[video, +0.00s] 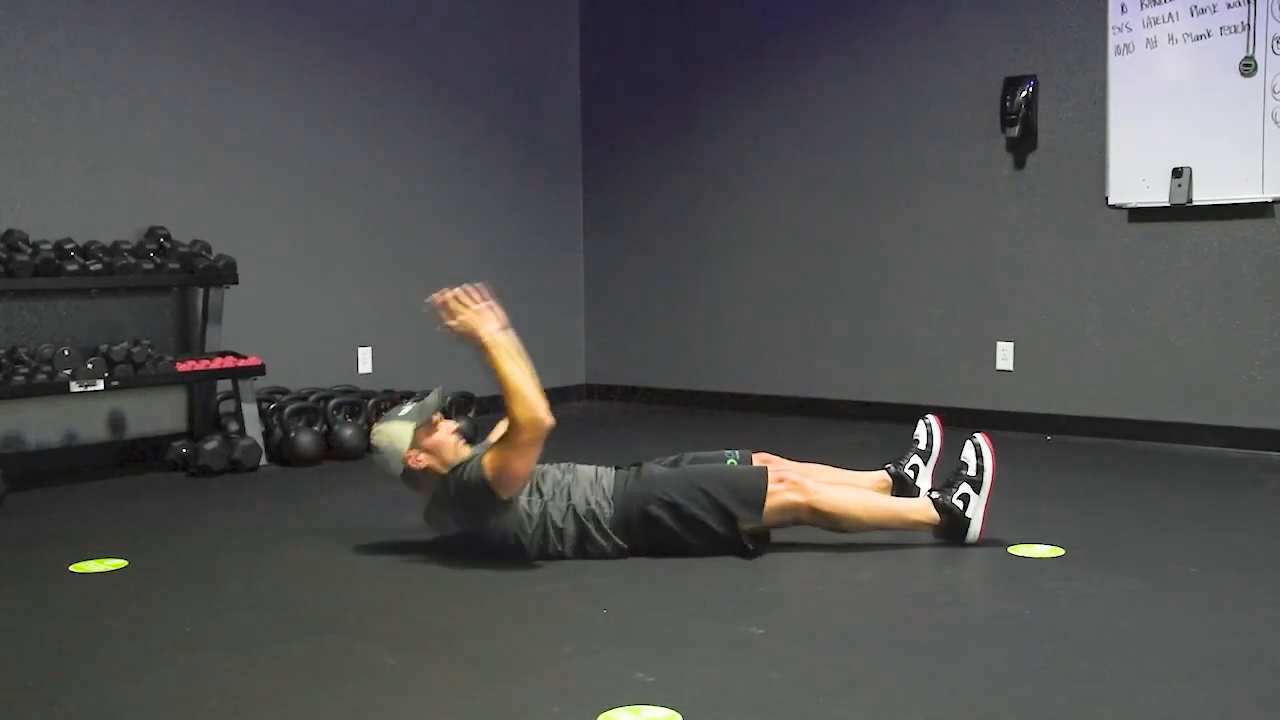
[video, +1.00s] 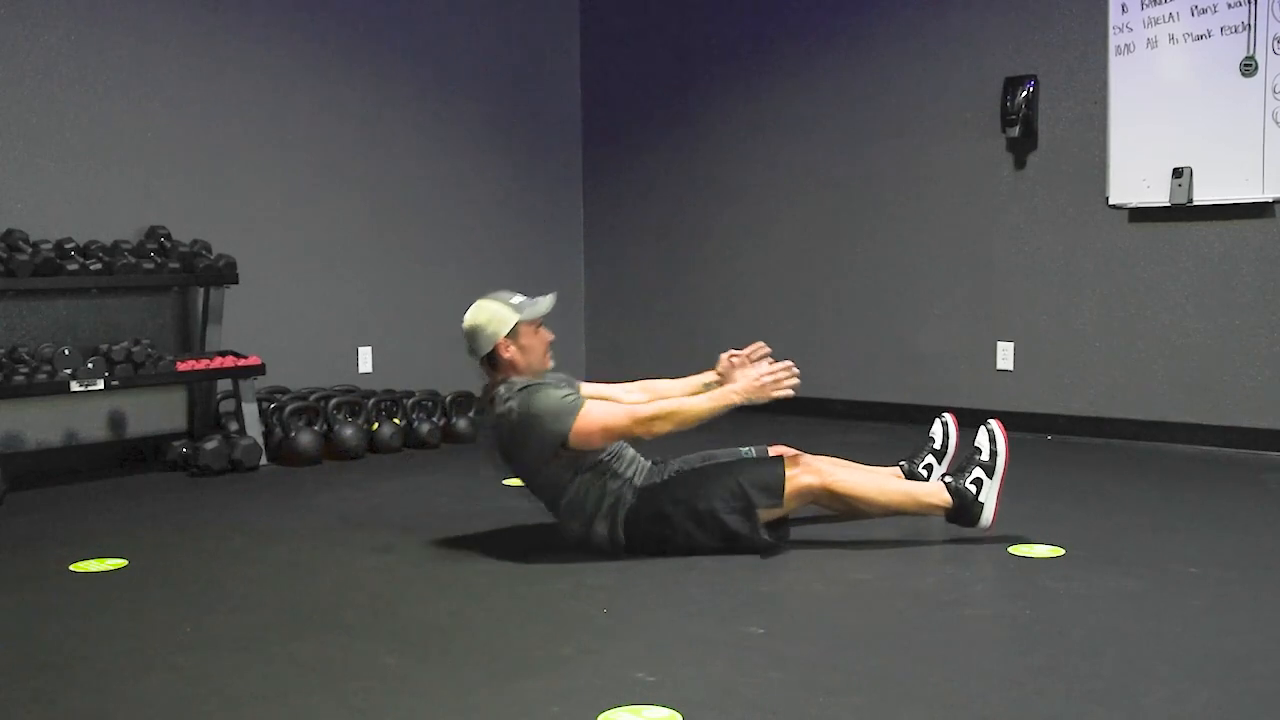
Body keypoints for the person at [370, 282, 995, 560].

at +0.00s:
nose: (448, 427)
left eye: (438, 422)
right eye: (432, 431)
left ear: (435, 444)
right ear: (418, 462)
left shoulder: (467, 474)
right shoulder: (463, 493)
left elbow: (527, 419)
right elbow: (531, 420)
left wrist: (496, 331)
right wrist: (491, 333)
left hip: (626, 488)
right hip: (624, 510)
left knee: (771, 465)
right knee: (790, 488)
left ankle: (898, 483)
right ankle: (943, 515)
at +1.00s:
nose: (546, 332)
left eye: (539, 323)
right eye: (533, 327)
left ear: (510, 345)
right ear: (506, 348)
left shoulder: (536, 388)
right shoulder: (526, 409)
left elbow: (631, 394)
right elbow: (636, 421)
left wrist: (711, 376)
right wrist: (732, 394)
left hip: (642, 487)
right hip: (635, 511)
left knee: (789, 458)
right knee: (804, 476)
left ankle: (914, 478)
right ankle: (957, 500)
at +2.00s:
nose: (576, 313)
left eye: (570, 304)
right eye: (564, 307)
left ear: (541, 325)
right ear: (536, 327)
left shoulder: (561, 374)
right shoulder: (551, 394)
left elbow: (649, 398)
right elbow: (663, 429)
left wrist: (720, 365)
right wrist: (747, 379)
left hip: (660, 477)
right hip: (647, 505)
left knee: (796, 462)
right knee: (812, 485)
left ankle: (920, 477)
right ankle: (970, 513)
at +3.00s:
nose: (395, 468)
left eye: (386, 466)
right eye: (383, 472)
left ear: (396, 475)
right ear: (386, 497)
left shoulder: (439, 493)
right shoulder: (436, 523)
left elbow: (445, 407)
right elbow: (444, 412)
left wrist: (357, 415)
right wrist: (354, 423)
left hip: (624, 485)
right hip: (622, 513)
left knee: (764, 458)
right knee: (785, 484)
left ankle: (894, 488)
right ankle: (938, 516)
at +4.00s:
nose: (681, 292)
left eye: (678, 281)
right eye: (672, 281)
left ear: (637, 289)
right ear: (642, 288)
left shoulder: (623, 343)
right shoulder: (635, 352)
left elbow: (716, 408)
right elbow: (726, 418)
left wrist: (794, 424)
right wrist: (818, 444)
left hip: (647, 495)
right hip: (650, 510)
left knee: (808, 459)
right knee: (828, 482)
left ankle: (923, 480)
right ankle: (974, 508)